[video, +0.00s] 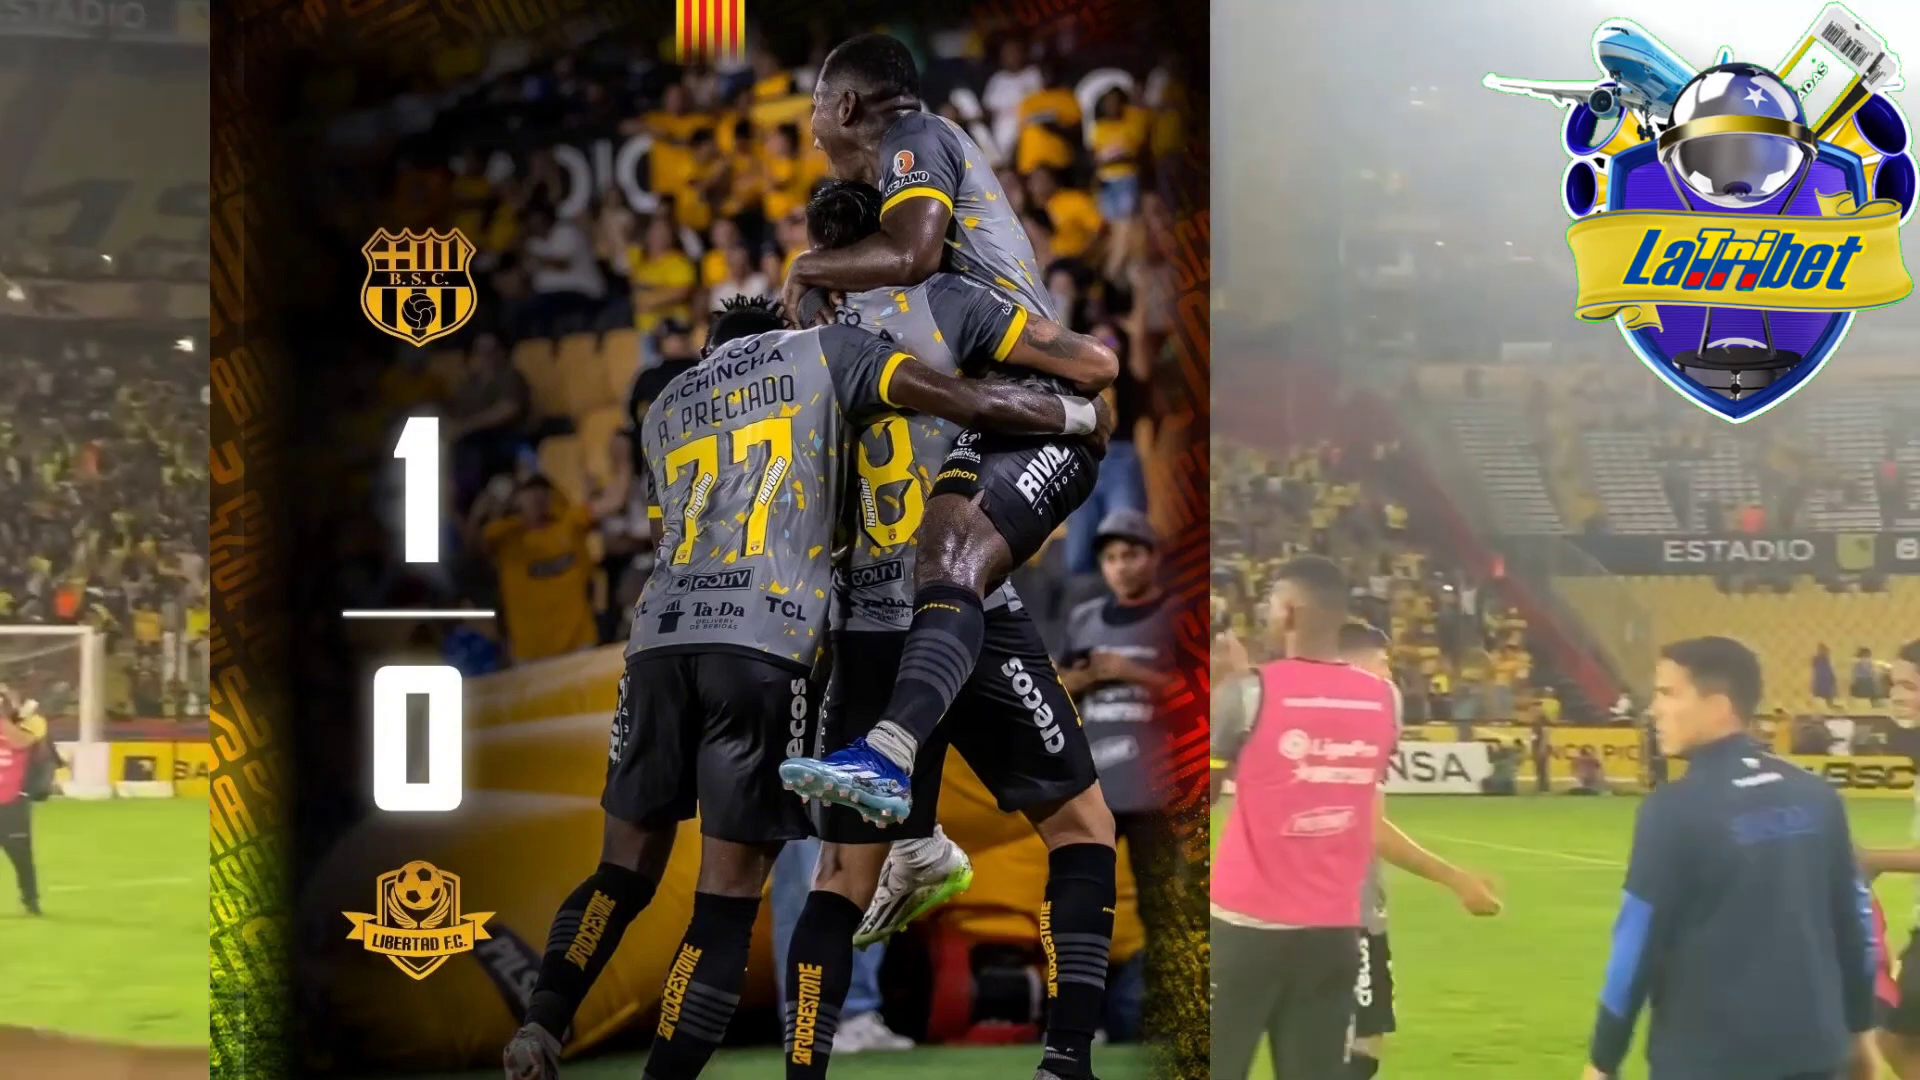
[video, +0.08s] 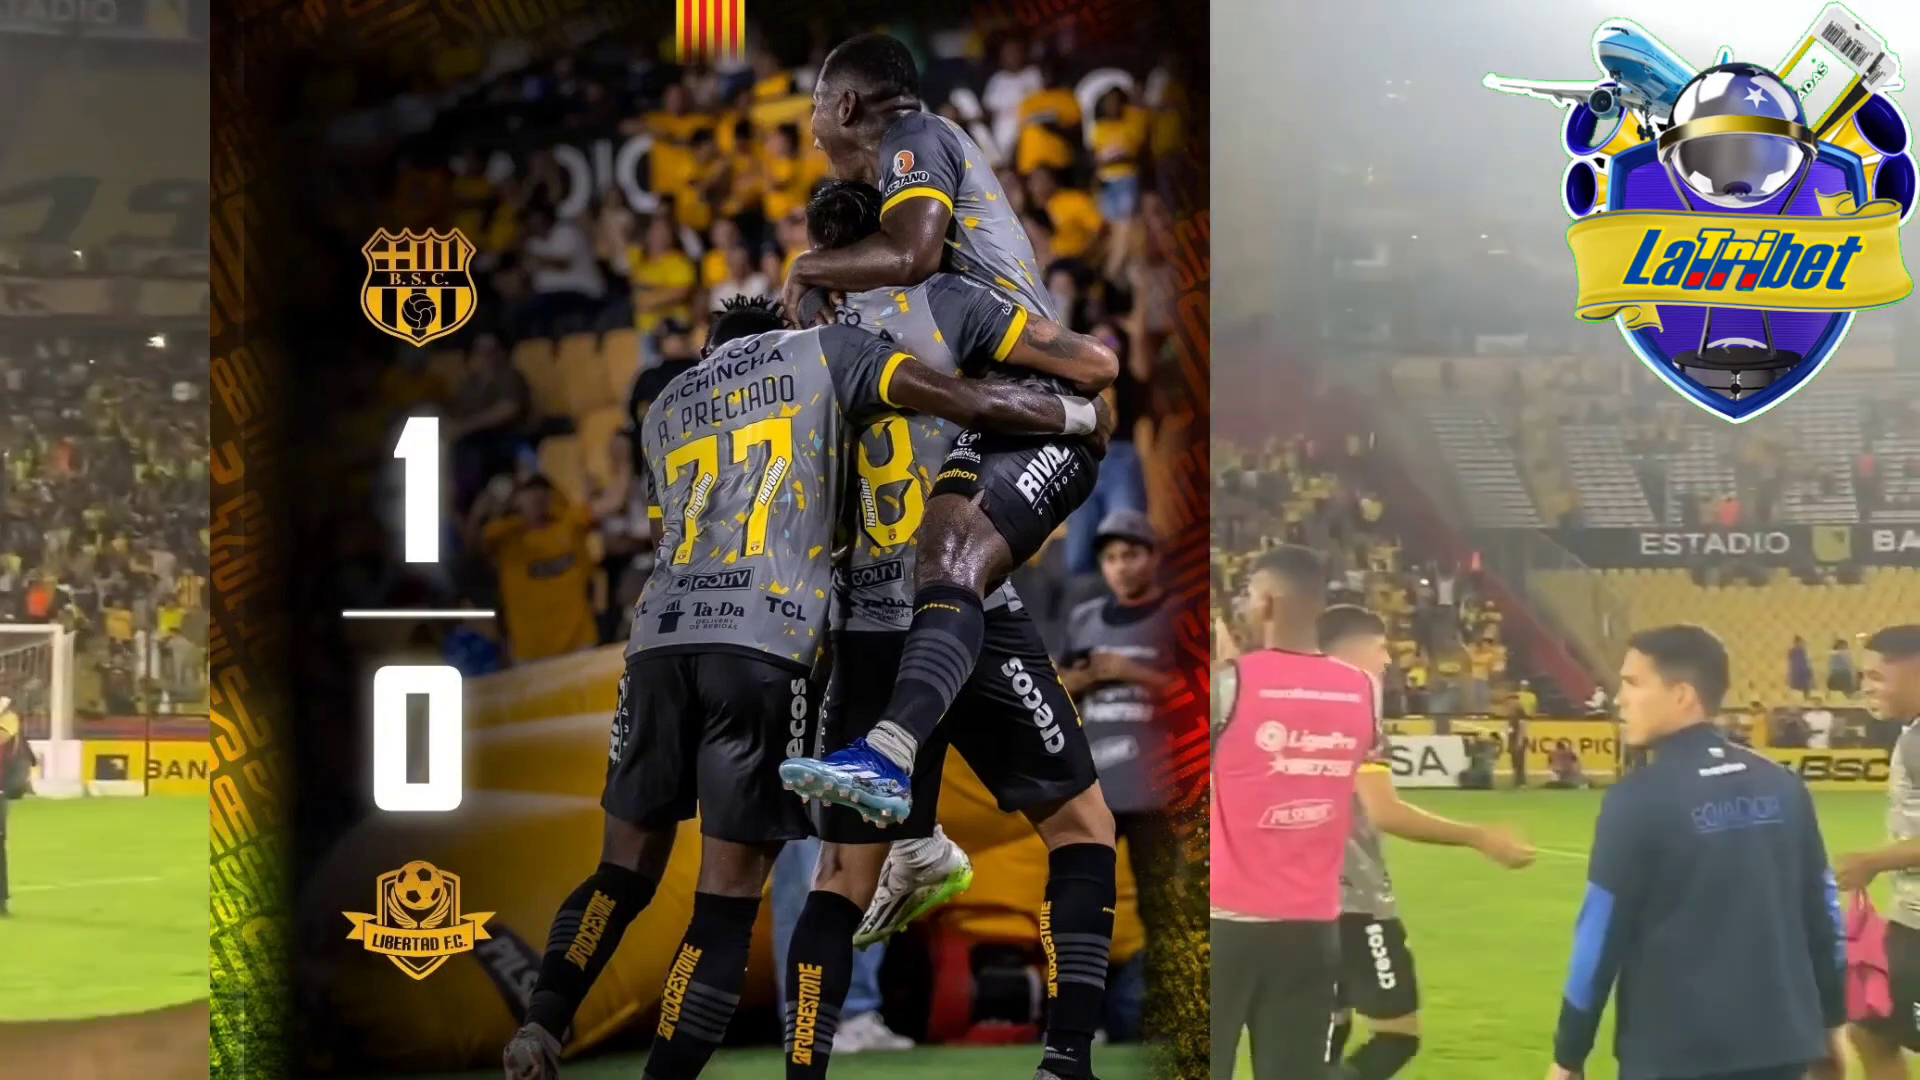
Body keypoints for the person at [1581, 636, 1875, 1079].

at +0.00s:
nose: (1653, 709)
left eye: (1668, 693)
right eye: (1657, 694)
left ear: (1720, 704)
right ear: (1722, 707)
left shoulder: (1674, 808)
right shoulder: (1819, 795)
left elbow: (1637, 944)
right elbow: (1855, 917)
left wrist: (1602, 1060)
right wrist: (1862, 1027)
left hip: (1708, 1056)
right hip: (1816, 1048)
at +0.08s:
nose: (1619, 699)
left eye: (1633, 683)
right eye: (1623, 683)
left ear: (1683, 696)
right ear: (1687, 699)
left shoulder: (1638, 798)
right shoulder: (1785, 785)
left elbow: (1600, 936)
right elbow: (1825, 909)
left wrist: (1568, 1055)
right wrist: (1832, 1018)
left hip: (1678, 1049)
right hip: (1785, 1041)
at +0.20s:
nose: (1633, 692)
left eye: (1648, 676)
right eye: (1638, 676)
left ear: (1700, 691)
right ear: (1704, 694)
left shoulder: (1654, 792)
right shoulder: (1802, 781)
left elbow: (1617, 935)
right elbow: (1842, 909)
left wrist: (1579, 1057)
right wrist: (1853, 1023)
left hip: (1695, 1047)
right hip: (1799, 1040)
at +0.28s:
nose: (1694, 693)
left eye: (1709, 676)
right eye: (1698, 677)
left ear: (1765, 690)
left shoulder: (1720, 797)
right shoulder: (1863, 788)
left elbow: (1680, 942)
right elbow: (1900, 923)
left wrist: (1636, 1063)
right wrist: (1911, 1034)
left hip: (1757, 1056)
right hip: (1862, 1047)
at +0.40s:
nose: (1762, 696)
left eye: (1780, 678)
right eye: (1767, 679)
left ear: (1837, 692)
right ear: (1840, 695)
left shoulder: (1795, 798)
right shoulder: (1907, 782)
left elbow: (1757, 941)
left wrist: (1712, 1062)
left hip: (1815, 1056)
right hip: (1904, 1051)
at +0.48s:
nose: (1846, 681)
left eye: (1865, 663)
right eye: (1850, 664)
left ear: (1914, 675)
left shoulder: (1883, 785)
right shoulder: (1889, 780)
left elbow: (1848, 946)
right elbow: (1849, 944)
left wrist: (1803, 1051)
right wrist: (1808, 1035)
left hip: (1891, 1053)